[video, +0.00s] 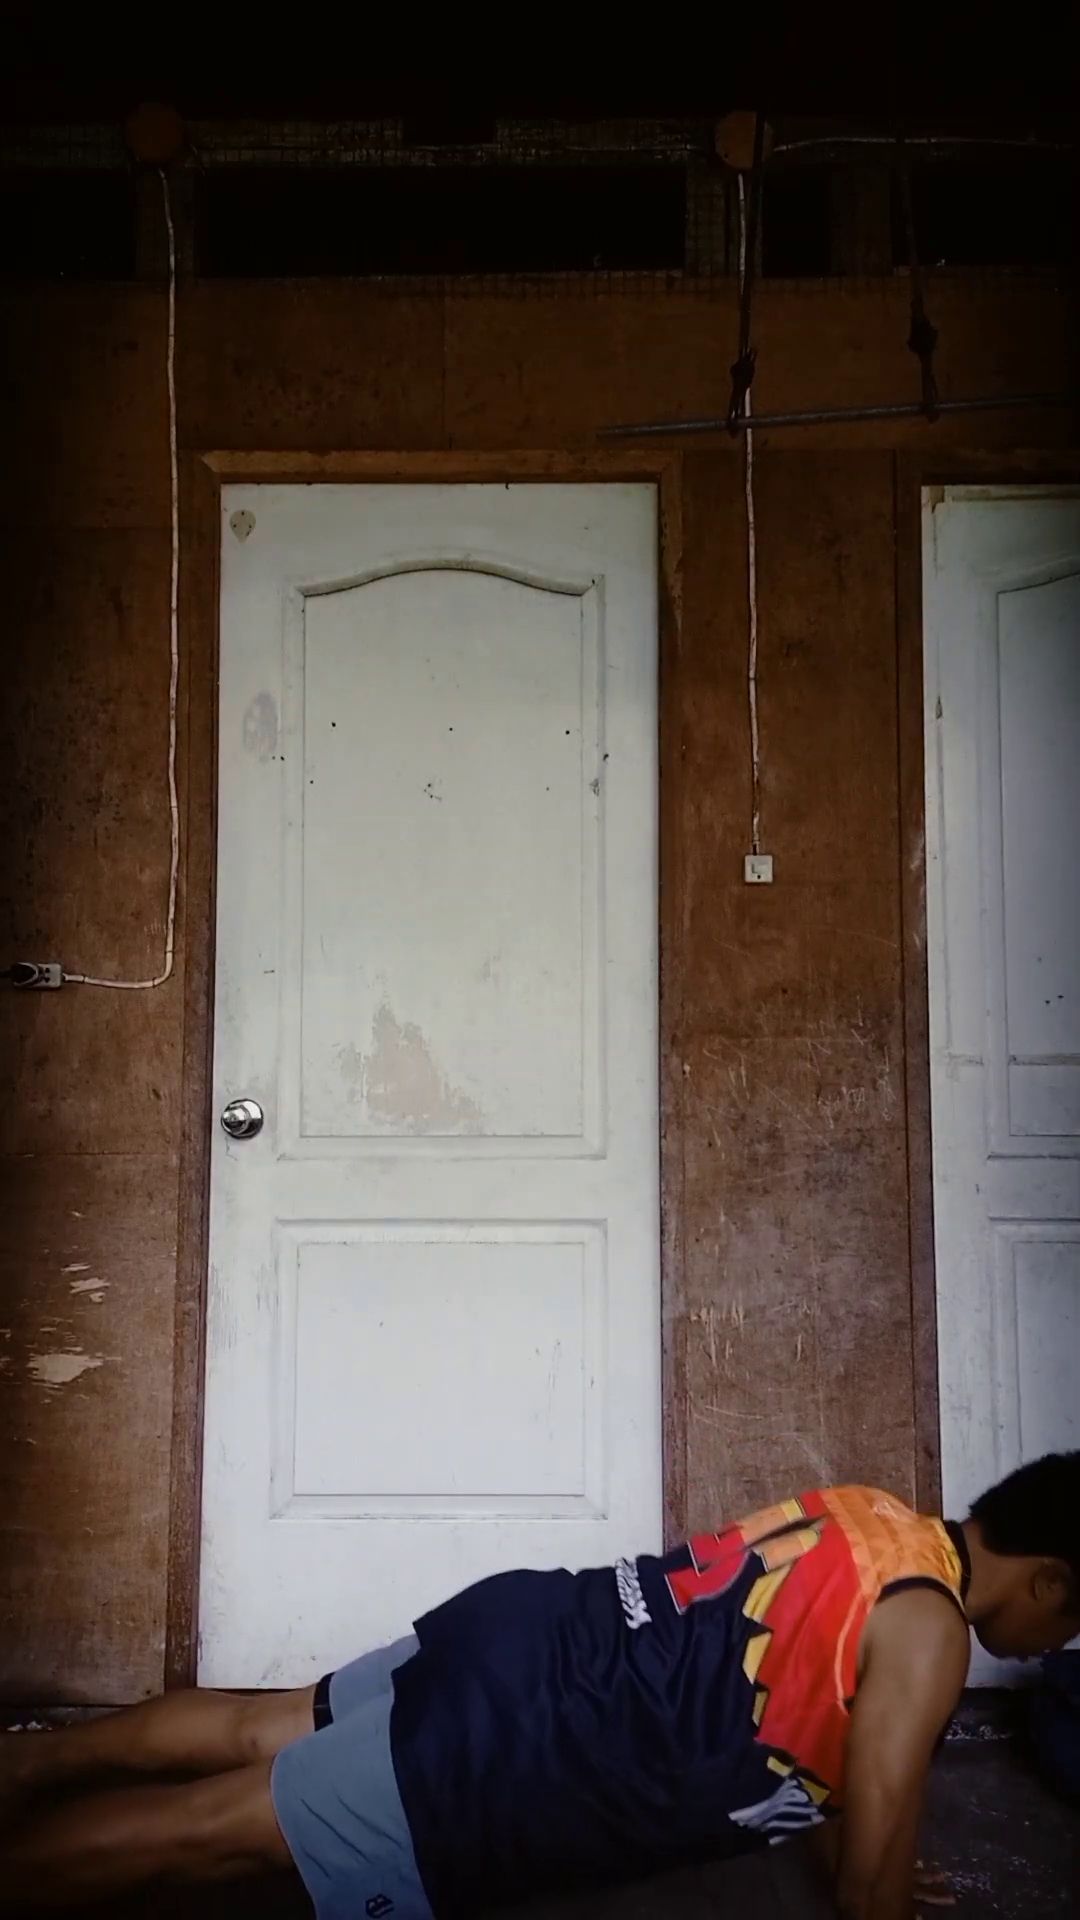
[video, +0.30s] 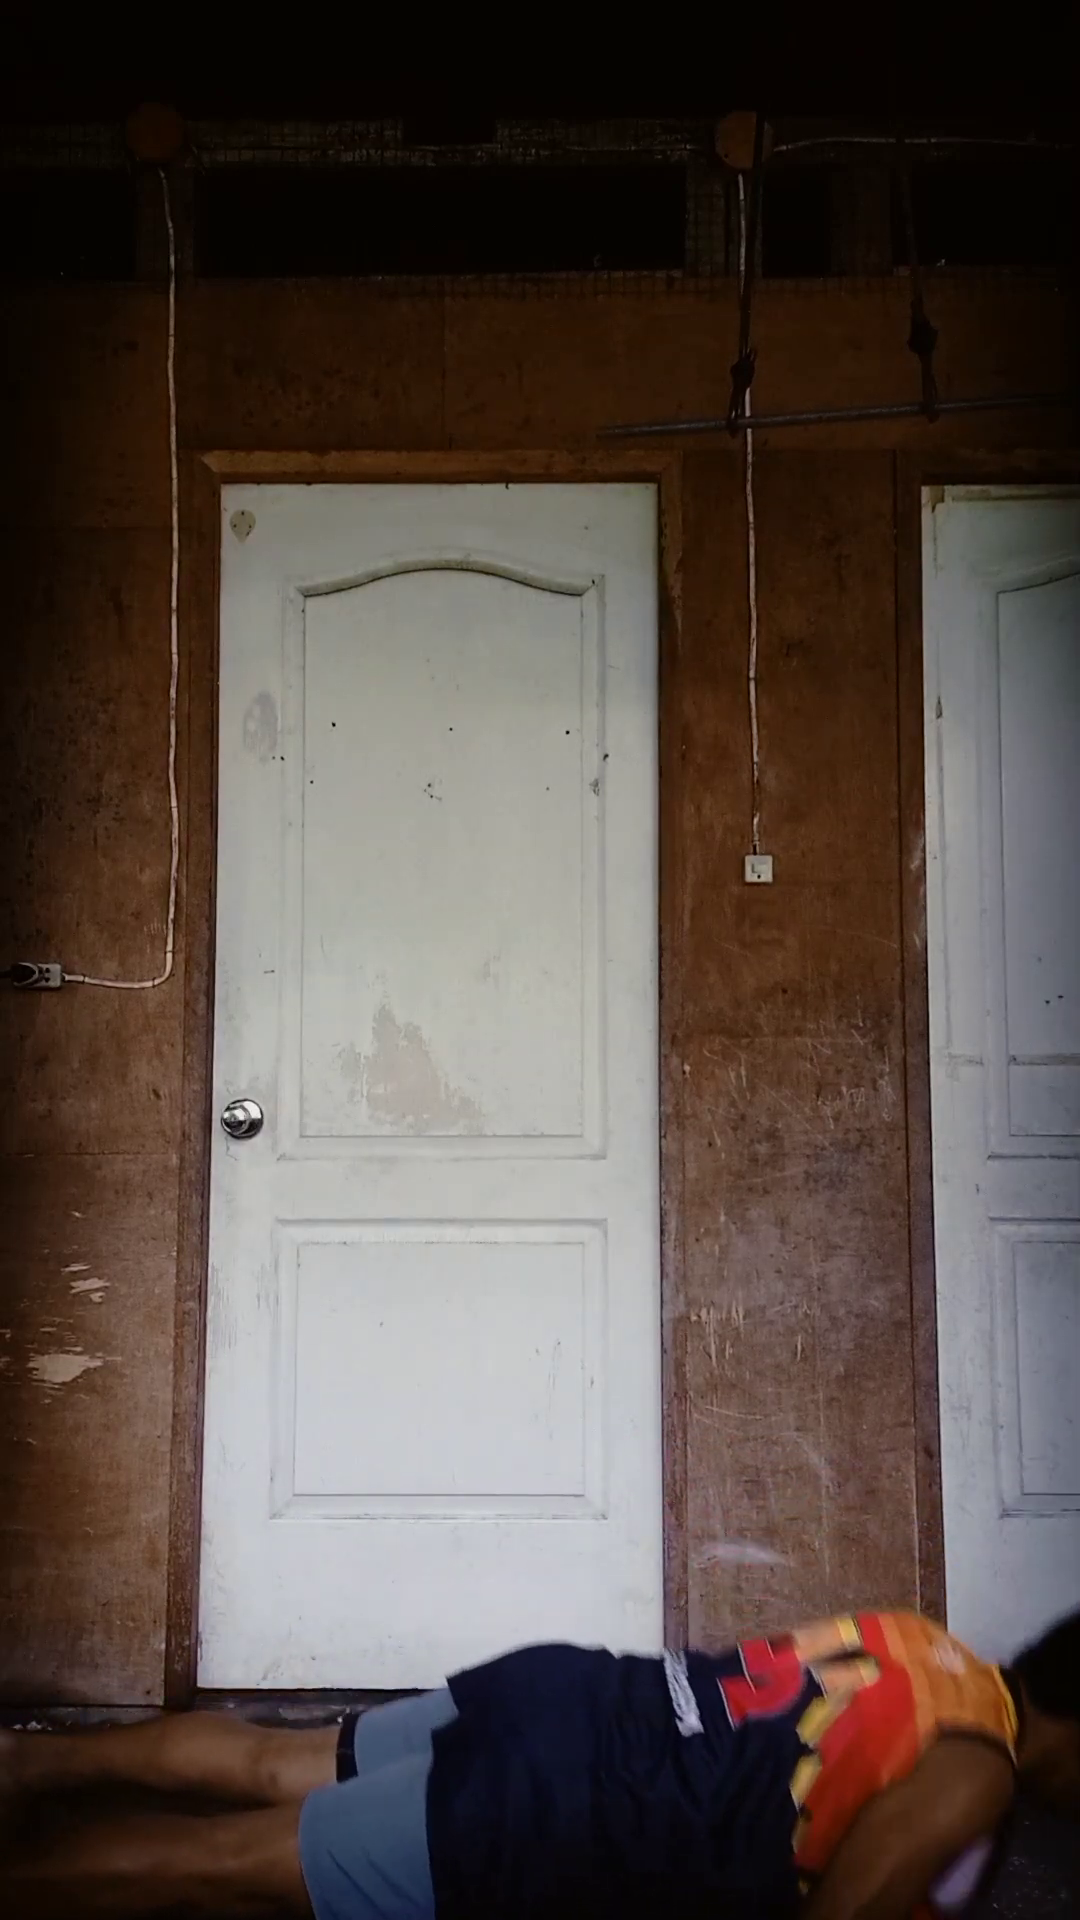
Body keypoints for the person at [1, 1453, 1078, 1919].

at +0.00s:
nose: (1057, 1635)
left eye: (1072, 1615)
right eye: (1072, 1609)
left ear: (1003, 1513)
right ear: (1041, 1572)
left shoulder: (869, 1504)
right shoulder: (923, 1635)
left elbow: (774, 1667)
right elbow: (870, 1881)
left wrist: (862, 1801)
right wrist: (904, 1879)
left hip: (516, 1619)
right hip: (520, 1747)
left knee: (276, 1720)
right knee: (212, 1829)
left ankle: (24, 1760)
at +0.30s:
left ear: (1042, 1652)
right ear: (1078, 1729)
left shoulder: (919, 1637)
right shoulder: (966, 1769)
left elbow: (772, 1711)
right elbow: (844, 1900)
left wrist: (910, 1842)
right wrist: (947, 1879)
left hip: (558, 1690)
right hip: (537, 1815)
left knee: (283, 1762)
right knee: (222, 1869)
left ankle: (26, 1759)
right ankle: (20, 1863)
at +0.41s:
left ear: (1033, 1684)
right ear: (1069, 1761)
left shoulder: (935, 1694)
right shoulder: (989, 1819)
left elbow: (764, 1721)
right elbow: (840, 1893)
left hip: (588, 1712)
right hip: (584, 1827)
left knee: (288, 1769)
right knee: (256, 1870)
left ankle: (26, 1754)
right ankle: (23, 1869)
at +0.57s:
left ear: (1024, 1777)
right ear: (1046, 1845)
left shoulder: (944, 1761)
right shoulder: (1002, 1861)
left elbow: (777, 1688)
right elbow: (838, 1904)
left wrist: (864, 1783)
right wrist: (892, 1810)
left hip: (584, 1748)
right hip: (582, 1864)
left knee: (298, 1792)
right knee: (236, 1882)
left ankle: (44, 1753)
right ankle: (35, 1877)